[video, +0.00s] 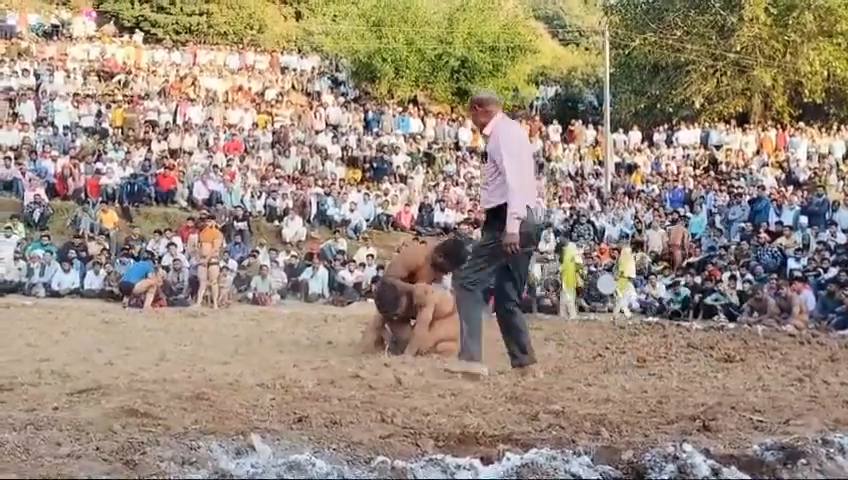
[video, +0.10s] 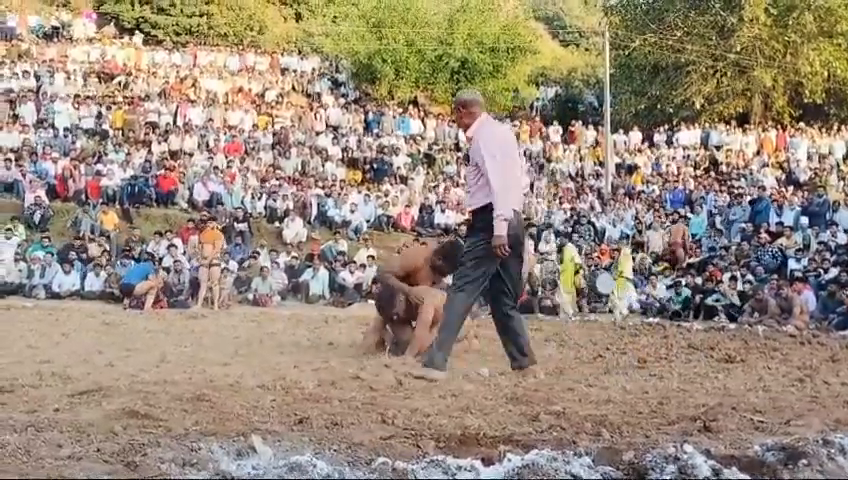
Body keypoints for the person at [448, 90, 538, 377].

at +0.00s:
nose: (472, 120)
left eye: (472, 114)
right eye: (471, 115)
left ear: (482, 109)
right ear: (491, 108)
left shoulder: (504, 131)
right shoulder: (507, 130)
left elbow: (517, 178)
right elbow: (518, 179)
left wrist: (513, 224)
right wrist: (492, 218)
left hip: (506, 219)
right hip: (525, 220)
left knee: (466, 281)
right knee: (506, 296)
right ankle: (524, 361)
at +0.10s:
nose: (455, 119)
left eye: (456, 114)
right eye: (455, 114)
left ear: (466, 111)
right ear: (476, 109)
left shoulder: (485, 135)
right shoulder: (499, 131)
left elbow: (502, 180)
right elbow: (516, 177)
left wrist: (501, 224)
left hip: (489, 219)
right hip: (510, 219)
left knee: (463, 289)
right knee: (503, 299)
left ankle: (435, 361)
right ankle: (523, 362)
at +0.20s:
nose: (437, 123)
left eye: (436, 117)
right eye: (436, 117)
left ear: (445, 113)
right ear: (461, 110)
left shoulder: (458, 136)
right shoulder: (488, 132)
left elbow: (473, 181)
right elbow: (497, 179)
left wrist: (476, 226)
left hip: (475, 220)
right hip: (503, 220)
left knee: (442, 286)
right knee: (498, 295)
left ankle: (431, 359)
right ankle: (521, 359)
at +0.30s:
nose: (420, 127)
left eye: (418, 121)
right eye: (418, 122)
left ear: (424, 115)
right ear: (442, 110)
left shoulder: (438, 135)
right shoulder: (472, 130)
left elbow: (447, 183)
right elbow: (488, 175)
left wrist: (445, 228)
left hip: (467, 211)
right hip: (493, 212)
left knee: (431, 289)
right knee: (494, 292)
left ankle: (430, 359)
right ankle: (520, 355)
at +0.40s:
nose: (404, 124)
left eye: (402, 117)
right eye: (402, 118)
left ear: (408, 112)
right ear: (426, 107)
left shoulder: (424, 133)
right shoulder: (461, 125)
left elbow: (428, 180)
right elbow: (484, 167)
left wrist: (419, 226)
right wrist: (492, 202)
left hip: (457, 209)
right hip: (486, 208)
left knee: (428, 288)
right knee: (488, 287)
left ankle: (430, 360)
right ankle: (517, 354)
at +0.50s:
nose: (394, 121)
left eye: (392, 115)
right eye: (392, 115)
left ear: (398, 108)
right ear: (416, 103)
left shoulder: (413, 130)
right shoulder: (453, 122)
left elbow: (414, 176)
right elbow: (480, 163)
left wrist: (407, 216)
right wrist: (485, 195)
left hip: (450, 206)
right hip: (480, 205)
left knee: (428, 287)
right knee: (478, 286)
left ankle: (431, 359)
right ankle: (506, 352)